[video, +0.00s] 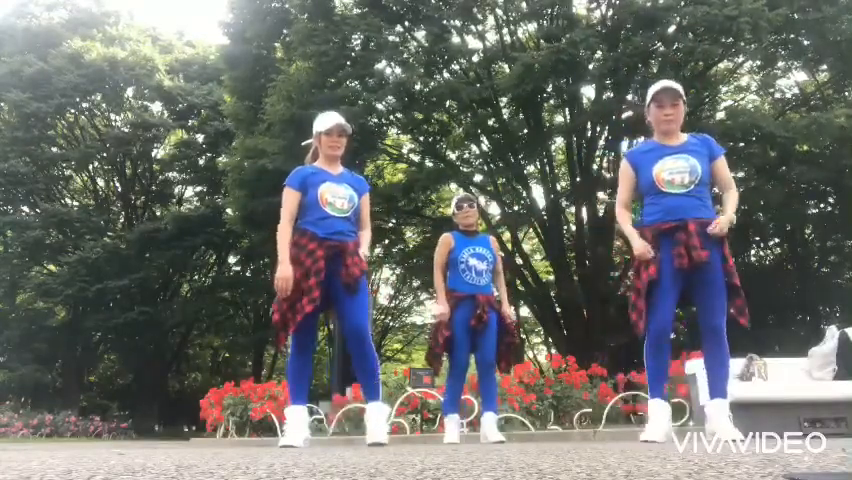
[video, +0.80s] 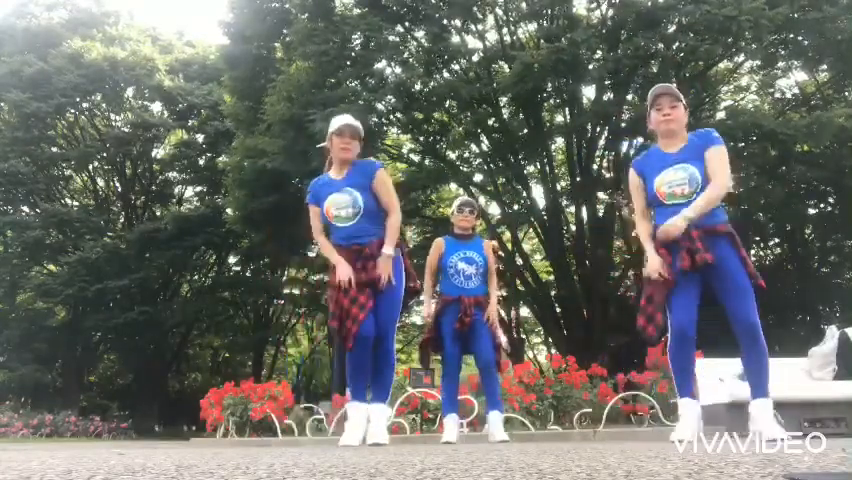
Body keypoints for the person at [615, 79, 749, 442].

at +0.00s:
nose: (667, 111)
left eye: (674, 105)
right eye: (660, 105)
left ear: (684, 109)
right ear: (648, 112)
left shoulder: (705, 145)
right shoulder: (635, 155)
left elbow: (729, 188)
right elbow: (622, 207)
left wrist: (726, 216)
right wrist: (634, 239)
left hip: (705, 236)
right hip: (660, 241)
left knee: (715, 324)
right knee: (659, 326)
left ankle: (718, 411)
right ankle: (658, 413)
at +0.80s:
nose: (667, 112)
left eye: (673, 106)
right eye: (659, 109)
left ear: (686, 113)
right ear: (650, 120)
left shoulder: (706, 139)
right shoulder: (640, 165)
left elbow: (721, 184)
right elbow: (641, 215)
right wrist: (650, 250)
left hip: (716, 240)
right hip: (673, 248)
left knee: (748, 322)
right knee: (680, 327)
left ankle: (761, 411)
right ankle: (687, 412)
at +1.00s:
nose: (643, 114)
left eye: (650, 108)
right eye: (635, 111)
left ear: (664, 115)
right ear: (628, 123)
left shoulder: (678, 137)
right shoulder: (626, 165)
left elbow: (694, 173)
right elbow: (628, 211)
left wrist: (657, 215)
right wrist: (633, 235)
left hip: (701, 240)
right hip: (661, 250)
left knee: (741, 313)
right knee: (638, 314)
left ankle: (771, 402)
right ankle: (645, 405)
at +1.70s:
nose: (615, 147)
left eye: (622, 139)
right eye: (612, 143)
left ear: (644, 142)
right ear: (611, 150)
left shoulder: (665, 166)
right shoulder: (622, 192)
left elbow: (717, 185)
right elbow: (627, 239)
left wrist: (700, 235)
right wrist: (626, 264)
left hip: (694, 267)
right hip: (652, 277)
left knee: (731, 338)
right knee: (611, 320)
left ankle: (760, 414)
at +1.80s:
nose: (611, 135)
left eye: (620, 128)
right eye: (609, 131)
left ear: (640, 138)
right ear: (607, 143)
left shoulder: (658, 166)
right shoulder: (605, 187)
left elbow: (705, 199)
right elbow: (607, 233)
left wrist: (704, 238)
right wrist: (606, 261)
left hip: (667, 266)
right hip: (627, 274)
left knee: (709, 340)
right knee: (591, 327)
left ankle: (757, 411)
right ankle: (587, 417)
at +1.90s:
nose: (611, 111)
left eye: (619, 106)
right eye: (608, 107)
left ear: (638, 116)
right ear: (604, 117)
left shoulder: (654, 150)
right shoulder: (586, 153)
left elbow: (685, 191)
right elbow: (566, 198)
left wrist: (660, 200)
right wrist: (593, 206)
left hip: (646, 245)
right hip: (603, 249)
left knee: (683, 319)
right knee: (584, 326)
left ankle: (728, 398)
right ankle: (586, 416)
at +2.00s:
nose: (617, 113)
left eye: (624, 108)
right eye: (611, 108)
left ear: (636, 115)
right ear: (602, 114)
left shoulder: (645, 145)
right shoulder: (591, 134)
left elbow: (664, 185)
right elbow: (589, 161)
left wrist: (642, 172)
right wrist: (632, 175)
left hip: (634, 234)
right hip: (594, 234)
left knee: (650, 302)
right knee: (581, 319)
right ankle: (571, 406)